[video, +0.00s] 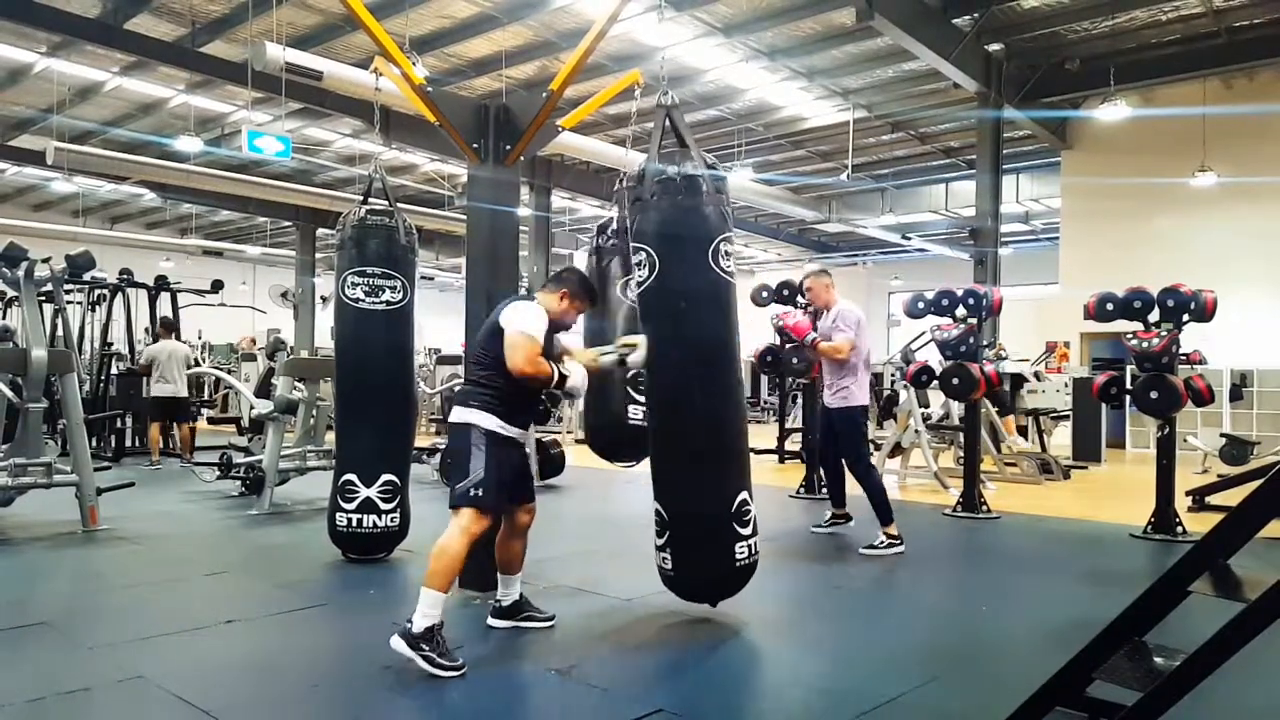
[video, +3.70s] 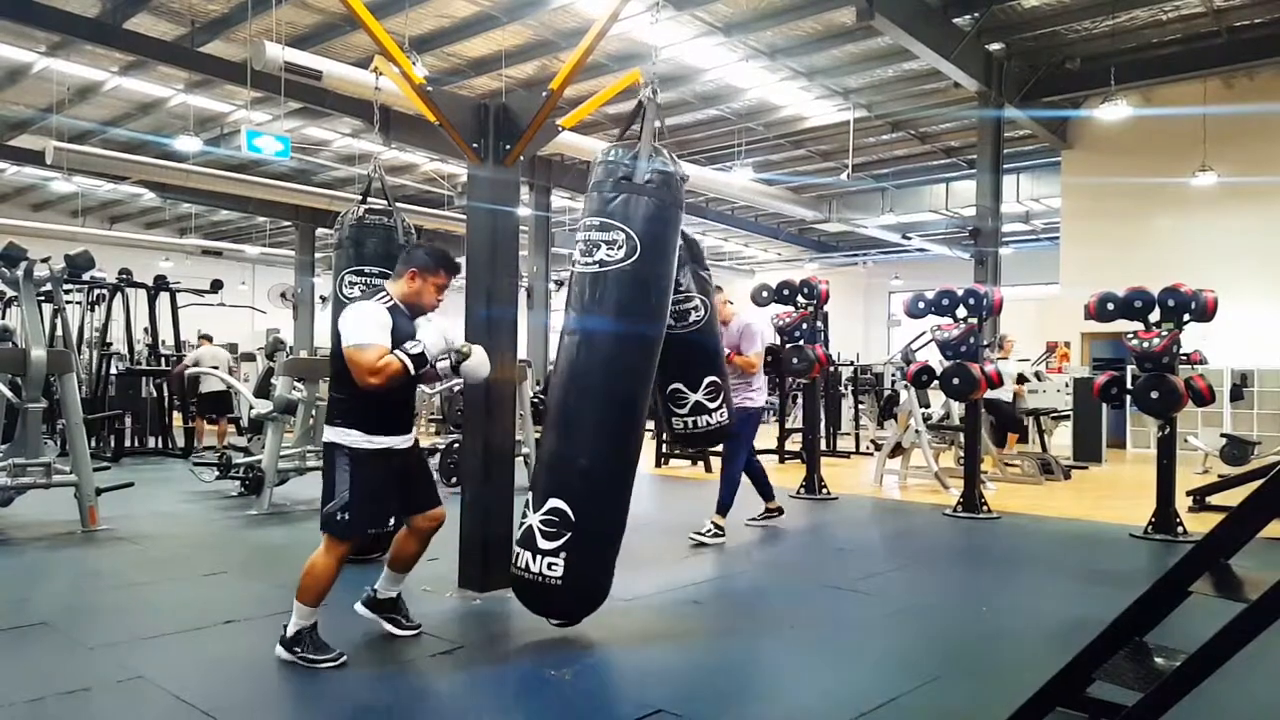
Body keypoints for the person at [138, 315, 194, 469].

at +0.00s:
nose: (158, 331)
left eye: (159, 329)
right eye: (159, 329)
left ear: (160, 330)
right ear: (173, 331)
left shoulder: (152, 349)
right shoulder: (184, 348)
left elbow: (142, 368)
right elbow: (190, 364)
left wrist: (157, 370)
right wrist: (176, 368)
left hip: (159, 393)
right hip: (180, 393)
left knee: (155, 424)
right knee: (183, 425)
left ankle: (155, 459)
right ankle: (186, 457)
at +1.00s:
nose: (165, 332)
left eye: (165, 329)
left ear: (164, 330)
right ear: (178, 331)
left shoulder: (153, 347)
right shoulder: (184, 348)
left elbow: (143, 363)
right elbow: (192, 364)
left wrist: (155, 367)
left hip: (159, 392)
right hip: (180, 391)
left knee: (155, 424)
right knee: (178, 424)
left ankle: (155, 458)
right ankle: (177, 457)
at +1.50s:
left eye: (183, 331)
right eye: (197, 334)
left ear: (183, 331)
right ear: (197, 334)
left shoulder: (169, 348)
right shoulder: (201, 351)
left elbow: (161, 366)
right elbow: (208, 372)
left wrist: (169, 374)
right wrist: (206, 387)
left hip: (173, 391)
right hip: (192, 391)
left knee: (175, 423)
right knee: (187, 424)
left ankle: (178, 454)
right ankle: (178, 456)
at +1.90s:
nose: (191, 335)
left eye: (188, 332)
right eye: (199, 332)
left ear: (187, 333)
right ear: (201, 333)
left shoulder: (178, 351)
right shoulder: (208, 349)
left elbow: (171, 370)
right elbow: (216, 367)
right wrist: (211, 381)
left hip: (187, 392)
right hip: (205, 391)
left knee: (189, 424)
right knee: (206, 423)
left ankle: (193, 451)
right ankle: (189, 445)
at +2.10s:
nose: (199, 335)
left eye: (194, 333)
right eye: (203, 333)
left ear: (191, 333)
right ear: (206, 333)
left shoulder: (182, 352)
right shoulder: (213, 349)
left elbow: (177, 374)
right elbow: (221, 370)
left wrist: (180, 392)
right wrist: (221, 388)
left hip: (190, 393)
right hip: (210, 392)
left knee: (193, 423)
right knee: (216, 423)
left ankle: (195, 452)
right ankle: (212, 448)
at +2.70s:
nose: (214, 337)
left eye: (214, 335)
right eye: (217, 335)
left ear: (215, 335)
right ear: (228, 336)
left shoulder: (206, 350)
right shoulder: (235, 352)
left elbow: (194, 369)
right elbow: (243, 374)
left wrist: (190, 386)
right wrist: (242, 389)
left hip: (211, 393)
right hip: (229, 393)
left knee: (212, 422)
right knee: (228, 422)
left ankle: (212, 447)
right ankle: (225, 449)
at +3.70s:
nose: (199, 345)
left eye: (199, 343)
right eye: (199, 343)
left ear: (202, 341)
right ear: (211, 341)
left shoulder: (199, 351)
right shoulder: (225, 352)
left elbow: (183, 366)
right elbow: (233, 370)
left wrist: (173, 372)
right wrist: (233, 385)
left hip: (206, 391)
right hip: (224, 390)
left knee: (200, 418)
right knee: (223, 419)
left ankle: (199, 446)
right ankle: (220, 446)